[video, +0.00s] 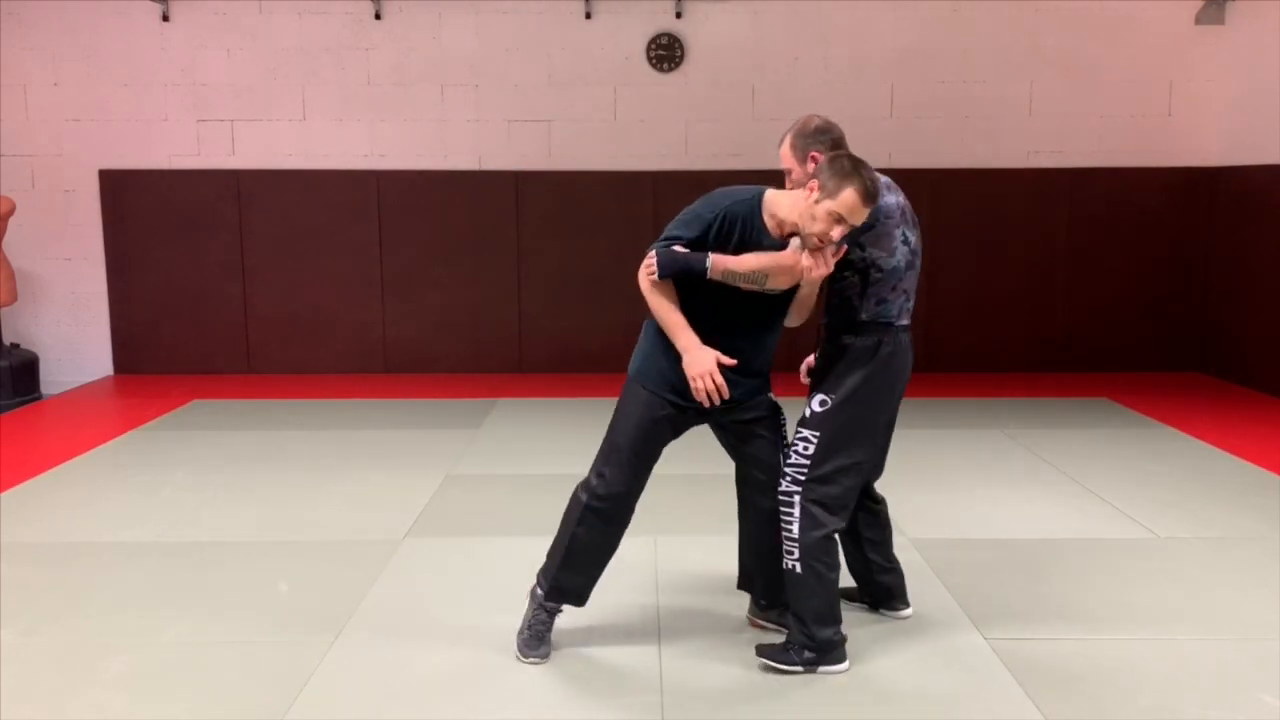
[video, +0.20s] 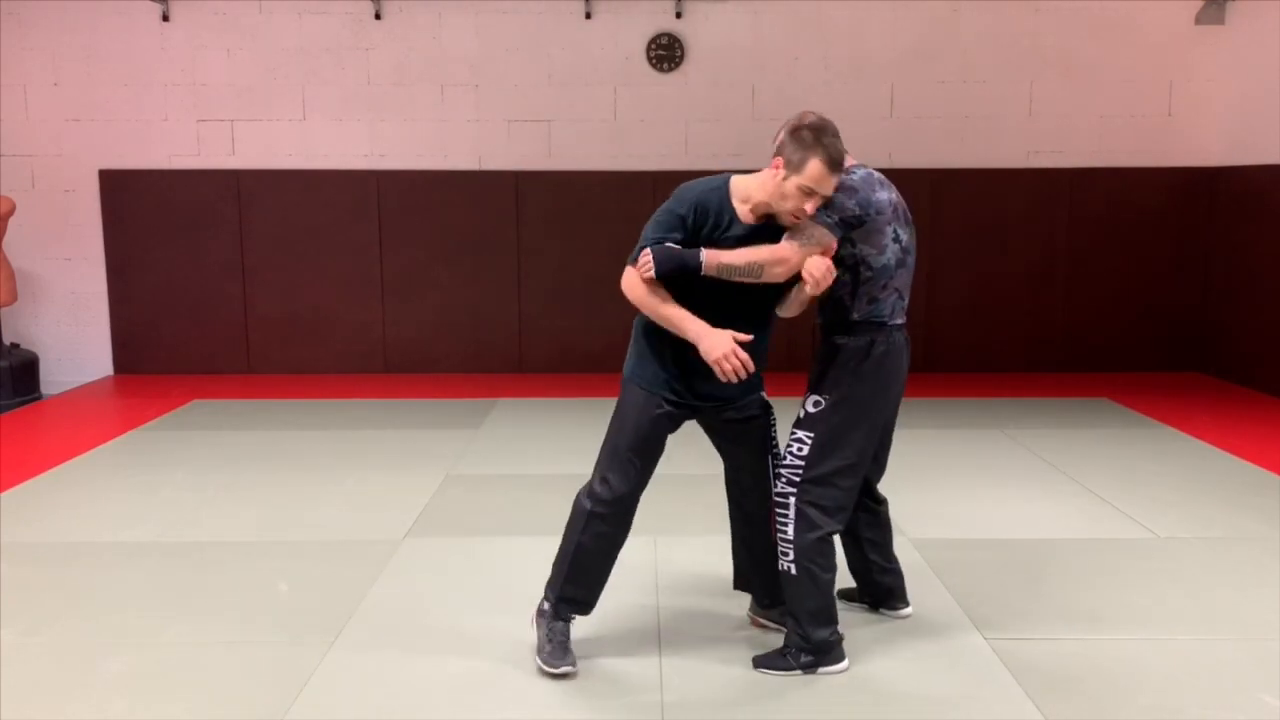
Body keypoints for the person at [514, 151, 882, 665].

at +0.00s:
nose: (838, 235)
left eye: (849, 228)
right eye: (837, 219)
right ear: (811, 189)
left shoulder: (806, 251)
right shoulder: (723, 211)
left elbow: (794, 320)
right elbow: (652, 274)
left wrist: (813, 280)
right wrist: (691, 347)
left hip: (743, 385)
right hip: (666, 375)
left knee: (775, 484)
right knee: (610, 487)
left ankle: (771, 601)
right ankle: (546, 601)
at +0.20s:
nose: (811, 210)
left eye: (821, 200)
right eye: (806, 194)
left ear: (826, 194)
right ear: (776, 167)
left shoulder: (792, 232)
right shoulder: (695, 203)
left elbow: (786, 310)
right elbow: (635, 282)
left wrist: (810, 290)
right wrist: (703, 334)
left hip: (734, 380)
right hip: (659, 373)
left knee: (761, 482)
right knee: (613, 489)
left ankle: (769, 598)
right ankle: (557, 611)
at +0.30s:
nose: (778, 198)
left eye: (784, 187)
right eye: (772, 184)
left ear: (747, 170)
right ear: (736, 164)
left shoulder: (757, 222)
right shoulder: (660, 209)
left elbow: (765, 292)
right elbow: (622, 302)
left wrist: (789, 321)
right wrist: (711, 334)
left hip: (721, 384)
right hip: (649, 384)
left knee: (758, 484)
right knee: (614, 503)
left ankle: (769, 598)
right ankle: (561, 632)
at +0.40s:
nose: (737, 190)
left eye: (741, 178)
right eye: (729, 177)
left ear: (702, 169)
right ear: (691, 166)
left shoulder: (709, 222)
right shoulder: (621, 225)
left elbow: (716, 293)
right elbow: (616, 328)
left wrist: (748, 324)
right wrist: (710, 339)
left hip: (698, 386)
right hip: (630, 394)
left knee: (741, 493)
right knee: (620, 514)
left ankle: (768, 599)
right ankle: (560, 637)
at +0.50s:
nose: (705, 184)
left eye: (708, 172)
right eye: (699, 172)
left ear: (661, 164)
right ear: (658, 163)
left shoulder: (660, 211)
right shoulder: (593, 235)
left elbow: (663, 294)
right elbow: (604, 344)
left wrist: (702, 319)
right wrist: (690, 342)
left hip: (663, 378)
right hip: (605, 389)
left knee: (706, 489)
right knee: (611, 516)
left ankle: (750, 593)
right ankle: (560, 639)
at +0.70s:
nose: (661, 151)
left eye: (663, 139)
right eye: (657, 139)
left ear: (621, 133)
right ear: (622, 133)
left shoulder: (607, 191)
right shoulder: (565, 205)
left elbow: (607, 284)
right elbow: (561, 315)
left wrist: (644, 297)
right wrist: (637, 309)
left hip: (619, 377)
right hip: (573, 387)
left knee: (633, 483)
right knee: (584, 513)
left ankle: (608, 583)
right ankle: (557, 638)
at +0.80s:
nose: (650, 142)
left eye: (651, 130)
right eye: (644, 130)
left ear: (608, 128)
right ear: (609, 128)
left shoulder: (592, 190)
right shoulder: (551, 197)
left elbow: (590, 279)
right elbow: (542, 302)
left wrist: (627, 295)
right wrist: (621, 300)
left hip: (592, 376)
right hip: (554, 384)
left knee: (589, 490)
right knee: (571, 511)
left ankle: (531, 570)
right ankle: (558, 638)